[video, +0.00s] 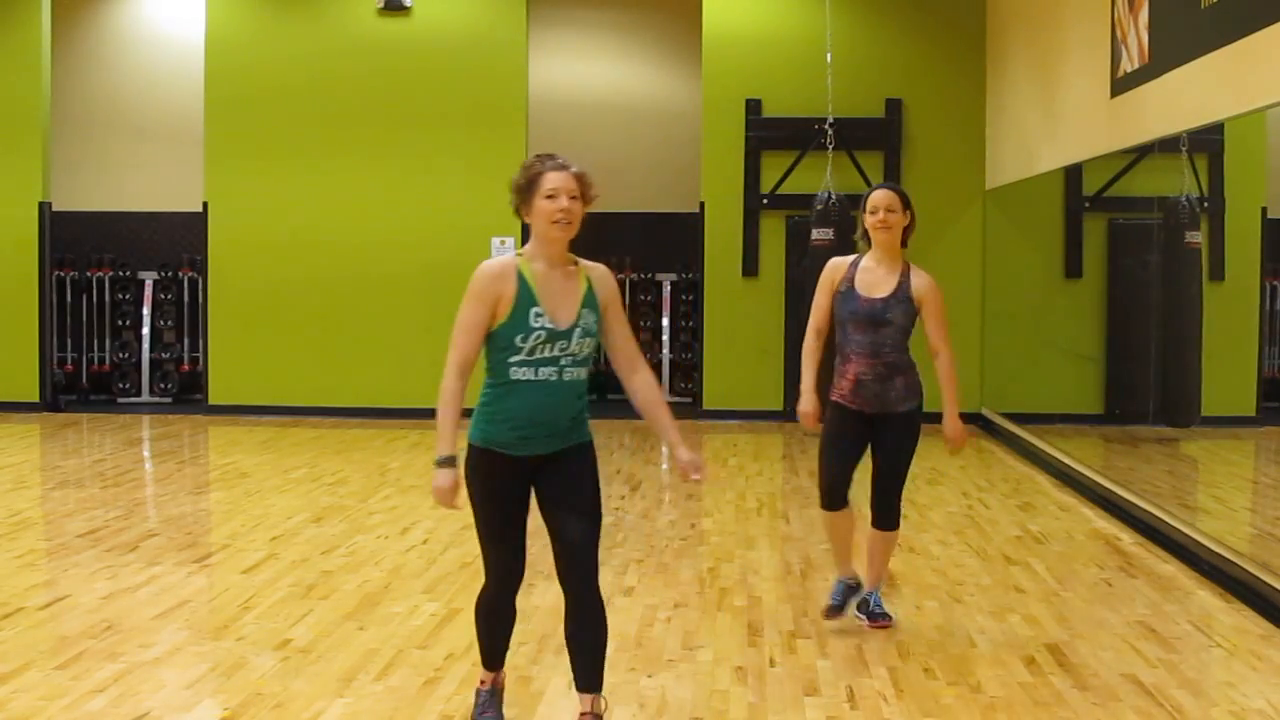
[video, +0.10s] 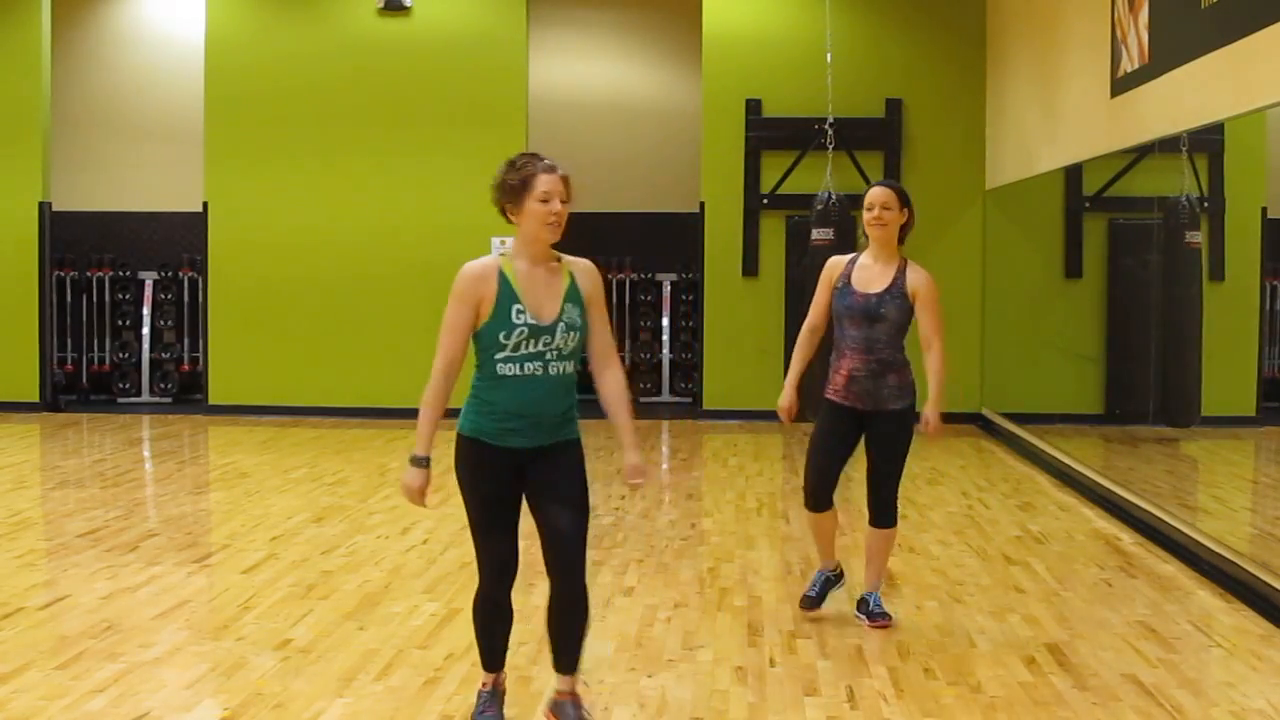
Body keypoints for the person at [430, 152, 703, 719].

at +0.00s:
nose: (565, 207)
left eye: (574, 197)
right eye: (552, 196)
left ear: (584, 208)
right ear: (525, 207)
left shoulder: (598, 280)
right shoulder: (496, 277)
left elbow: (634, 369)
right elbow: (457, 368)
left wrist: (677, 442)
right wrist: (446, 457)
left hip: (568, 448)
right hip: (499, 450)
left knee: (581, 578)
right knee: (504, 575)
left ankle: (591, 707)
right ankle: (490, 682)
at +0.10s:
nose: (557, 211)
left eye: (563, 201)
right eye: (545, 200)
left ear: (568, 208)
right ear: (513, 207)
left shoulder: (582, 275)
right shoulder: (479, 278)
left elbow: (606, 365)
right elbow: (444, 371)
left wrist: (630, 445)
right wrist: (420, 455)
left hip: (557, 447)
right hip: (487, 447)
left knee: (570, 572)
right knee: (497, 574)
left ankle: (566, 692)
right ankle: (491, 685)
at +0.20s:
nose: (560, 211)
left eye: (559, 200)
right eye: (548, 202)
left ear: (548, 206)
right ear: (511, 209)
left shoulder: (573, 271)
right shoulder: (469, 276)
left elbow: (590, 361)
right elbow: (436, 365)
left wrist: (575, 440)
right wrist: (409, 446)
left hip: (549, 443)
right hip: (481, 442)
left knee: (552, 567)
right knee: (491, 567)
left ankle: (536, 656)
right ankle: (490, 682)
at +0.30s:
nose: (558, 214)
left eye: (557, 204)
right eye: (548, 206)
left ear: (535, 211)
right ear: (511, 214)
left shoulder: (567, 271)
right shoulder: (465, 274)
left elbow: (587, 357)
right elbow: (434, 357)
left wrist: (537, 421)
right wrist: (407, 437)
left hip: (544, 437)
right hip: (477, 438)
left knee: (539, 566)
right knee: (488, 564)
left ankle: (530, 635)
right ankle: (490, 683)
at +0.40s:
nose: (560, 217)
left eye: (558, 207)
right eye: (549, 209)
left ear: (534, 214)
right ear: (512, 216)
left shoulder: (567, 272)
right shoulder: (465, 273)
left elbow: (583, 357)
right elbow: (436, 355)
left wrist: (529, 403)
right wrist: (410, 426)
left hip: (542, 436)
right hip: (475, 434)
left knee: (535, 559)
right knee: (488, 560)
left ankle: (535, 641)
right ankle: (489, 682)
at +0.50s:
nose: (563, 221)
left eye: (561, 212)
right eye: (553, 213)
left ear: (532, 219)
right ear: (516, 219)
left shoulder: (567, 275)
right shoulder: (468, 275)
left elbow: (581, 359)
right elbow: (439, 354)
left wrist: (535, 408)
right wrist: (415, 424)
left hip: (542, 434)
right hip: (477, 433)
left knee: (535, 554)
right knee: (486, 556)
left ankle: (529, 648)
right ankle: (487, 679)